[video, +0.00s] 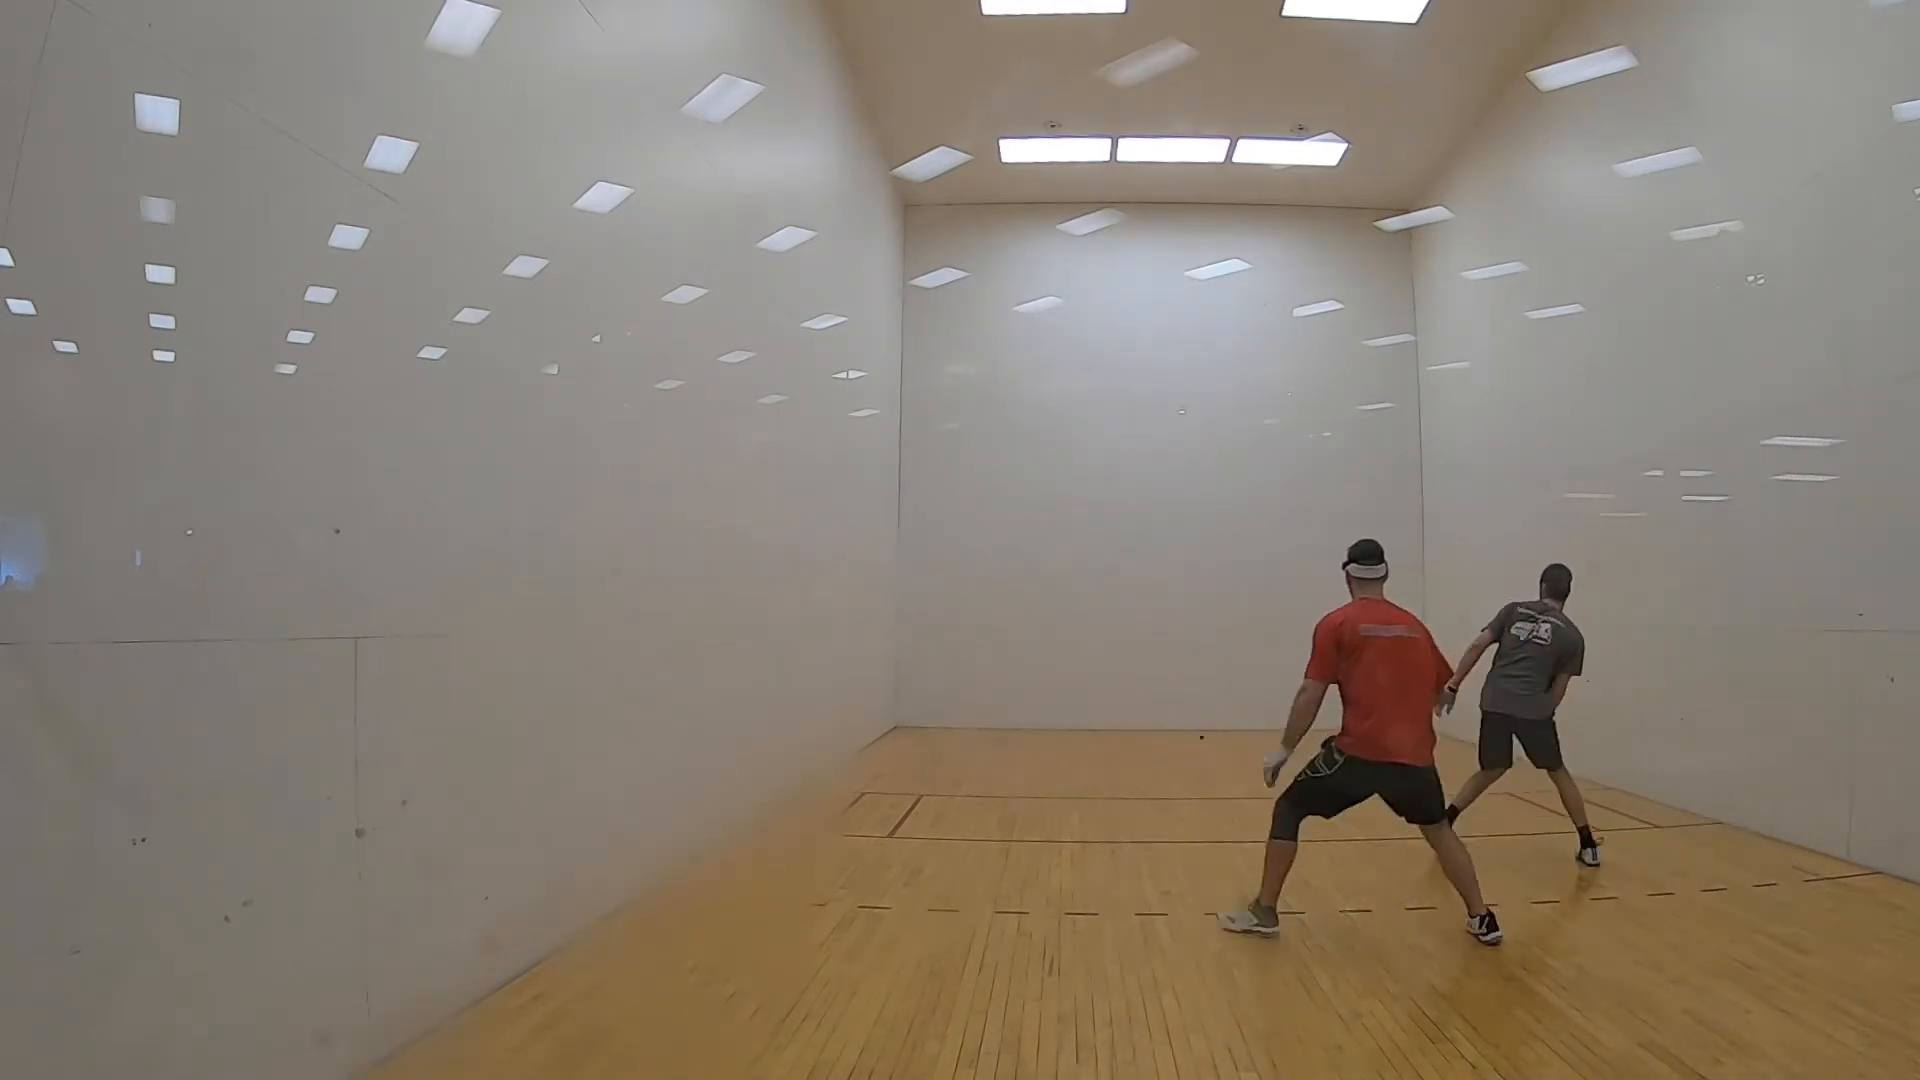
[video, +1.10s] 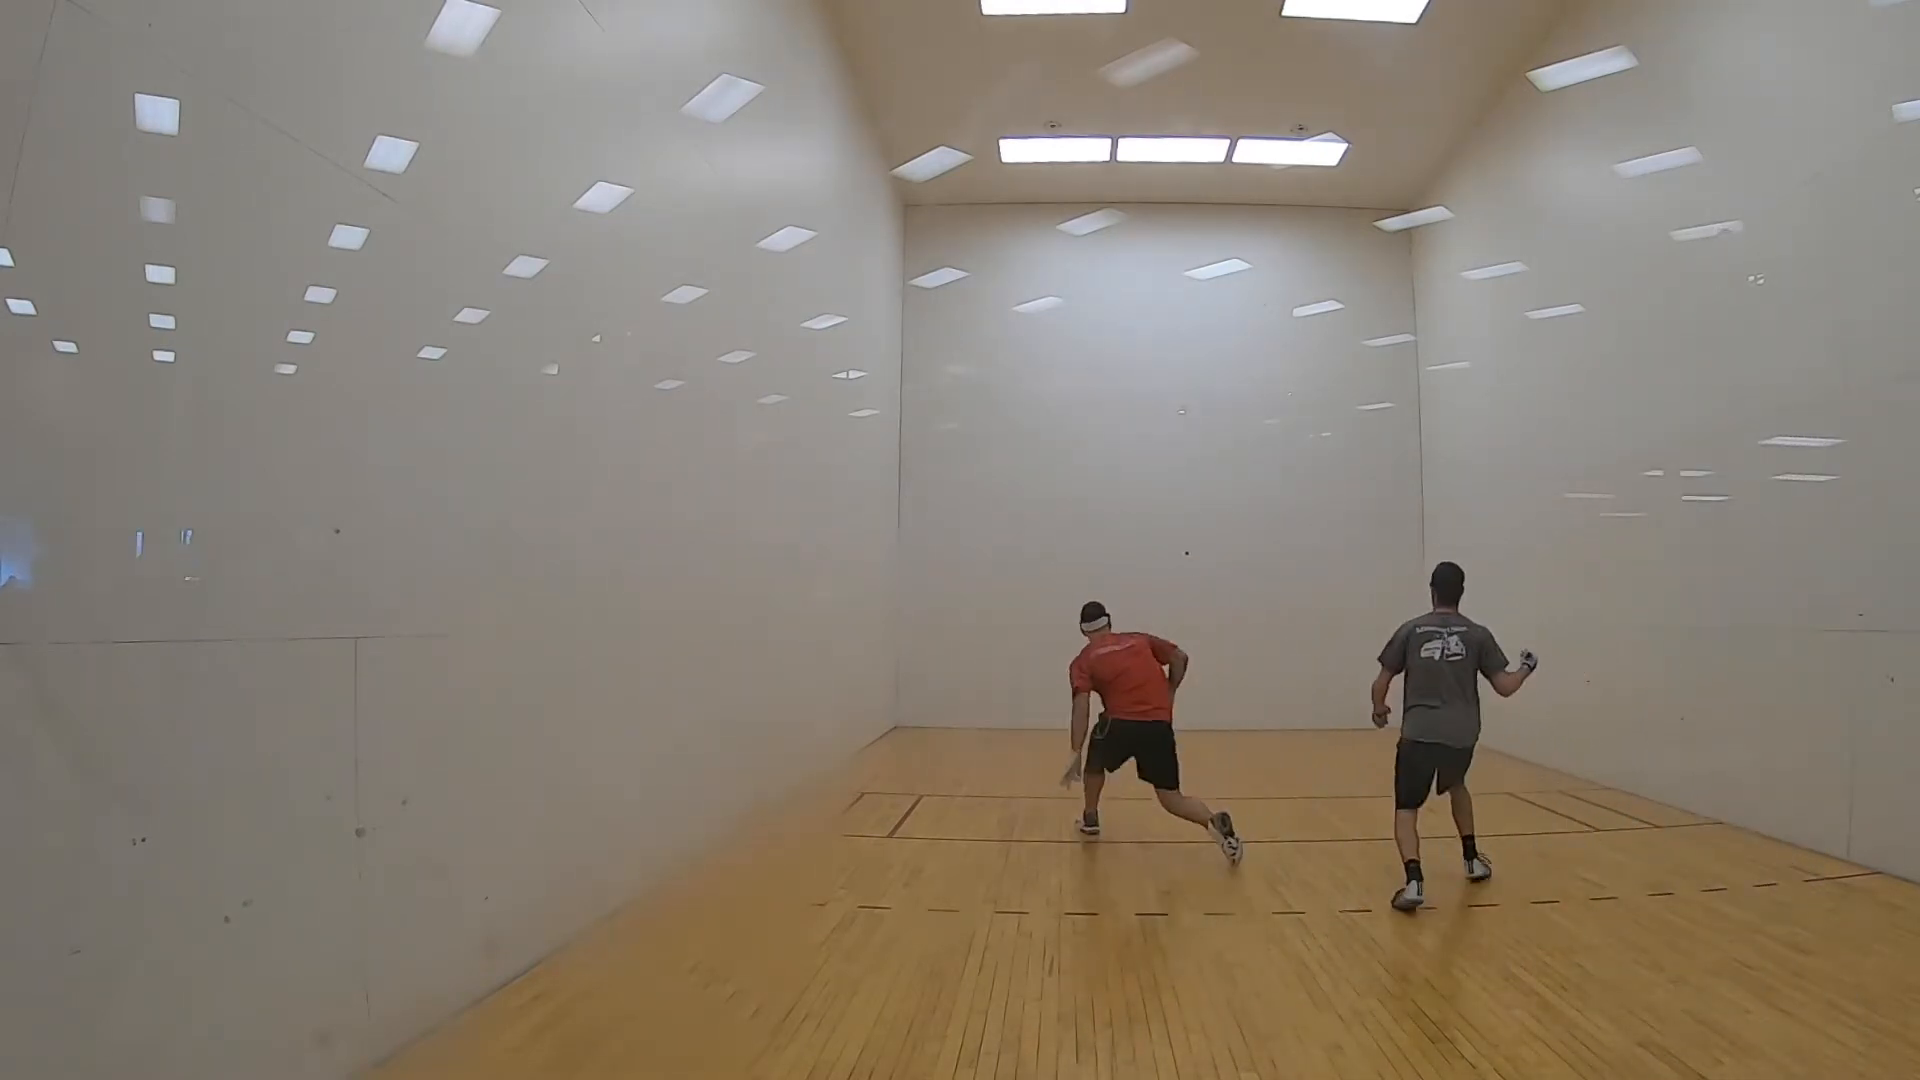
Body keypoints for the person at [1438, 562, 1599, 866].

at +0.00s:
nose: (1549, 592)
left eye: (1544, 586)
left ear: (1541, 587)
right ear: (1569, 593)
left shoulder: (1513, 611)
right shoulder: (1572, 637)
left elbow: (1478, 645)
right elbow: (1558, 690)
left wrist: (1452, 686)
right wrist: (1539, 718)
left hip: (1494, 707)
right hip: (1534, 714)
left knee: (1494, 766)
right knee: (1559, 772)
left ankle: (1446, 818)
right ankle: (1587, 845)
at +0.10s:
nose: (1541, 586)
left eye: (1539, 580)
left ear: (1540, 581)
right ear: (1568, 584)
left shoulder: (1518, 609)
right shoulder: (1580, 627)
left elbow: (1495, 657)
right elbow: (1577, 683)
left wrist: (1490, 703)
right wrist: (1561, 715)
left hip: (1508, 707)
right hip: (1550, 715)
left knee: (1504, 770)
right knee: (1564, 769)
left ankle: (1459, 834)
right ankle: (1586, 845)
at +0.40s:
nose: (1502, 569)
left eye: (1504, 563)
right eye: (1502, 563)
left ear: (1518, 561)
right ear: (1533, 562)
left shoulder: (1508, 594)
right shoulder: (1567, 601)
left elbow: (1501, 644)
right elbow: (1585, 655)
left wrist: (1481, 686)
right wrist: (1578, 699)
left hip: (1514, 697)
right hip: (1556, 700)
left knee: (1480, 760)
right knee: (1563, 765)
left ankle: (1460, 838)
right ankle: (1587, 842)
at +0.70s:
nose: (1456, 567)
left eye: (1456, 561)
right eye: (1456, 561)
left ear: (1464, 559)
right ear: (1487, 558)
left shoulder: (1459, 591)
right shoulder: (1517, 594)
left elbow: (1449, 643)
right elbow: (1532, 654)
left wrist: (1438, 691)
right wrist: (1525, 692)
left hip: (1477, 699)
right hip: (1518, 698)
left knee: (1460, 770)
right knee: (1536, 766)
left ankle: (1469, 853)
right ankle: (1562, 843)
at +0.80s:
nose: (1447, 552)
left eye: (1447, 547)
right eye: (1449, 547)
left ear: (1452, 546)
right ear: (1479, 545)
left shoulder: (1449, 576)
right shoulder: (1506, 582)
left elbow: (1443, 626)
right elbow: (1520, 640)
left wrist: (1430, 674)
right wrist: (1509, 675)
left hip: (1466, 681)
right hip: (1506, 681)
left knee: (1450, 758)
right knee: (1506, 759)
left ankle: (1456, 847)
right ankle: (1524, 841)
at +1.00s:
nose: (1439, 569)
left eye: (1438, 564)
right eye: (1449, 562)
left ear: (1438, 564)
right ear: (1468, 564)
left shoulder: (1424, 603)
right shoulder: (1491, 608)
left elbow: (1404, 651)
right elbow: (1507, 664)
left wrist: (1388, 693)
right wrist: (1476, 664)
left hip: (1436, 709)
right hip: (1478, 712)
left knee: (1409, 782)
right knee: (1466, 782)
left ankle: (1411, 846)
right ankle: (1481, 862)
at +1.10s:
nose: (1439, 593)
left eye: (1436, 587)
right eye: (1454, 588)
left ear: (1431, 591)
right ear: (1463, 592)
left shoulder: (1411, 631)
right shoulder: (1478, 635)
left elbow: (1381, 681)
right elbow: (1505, 686)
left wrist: (1379, 709)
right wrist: (1526, 666)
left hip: (1417, 736)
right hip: (1462, 737)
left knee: (1406, 809)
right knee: (1457, 786)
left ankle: (1413, 884)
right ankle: (1471, 859)